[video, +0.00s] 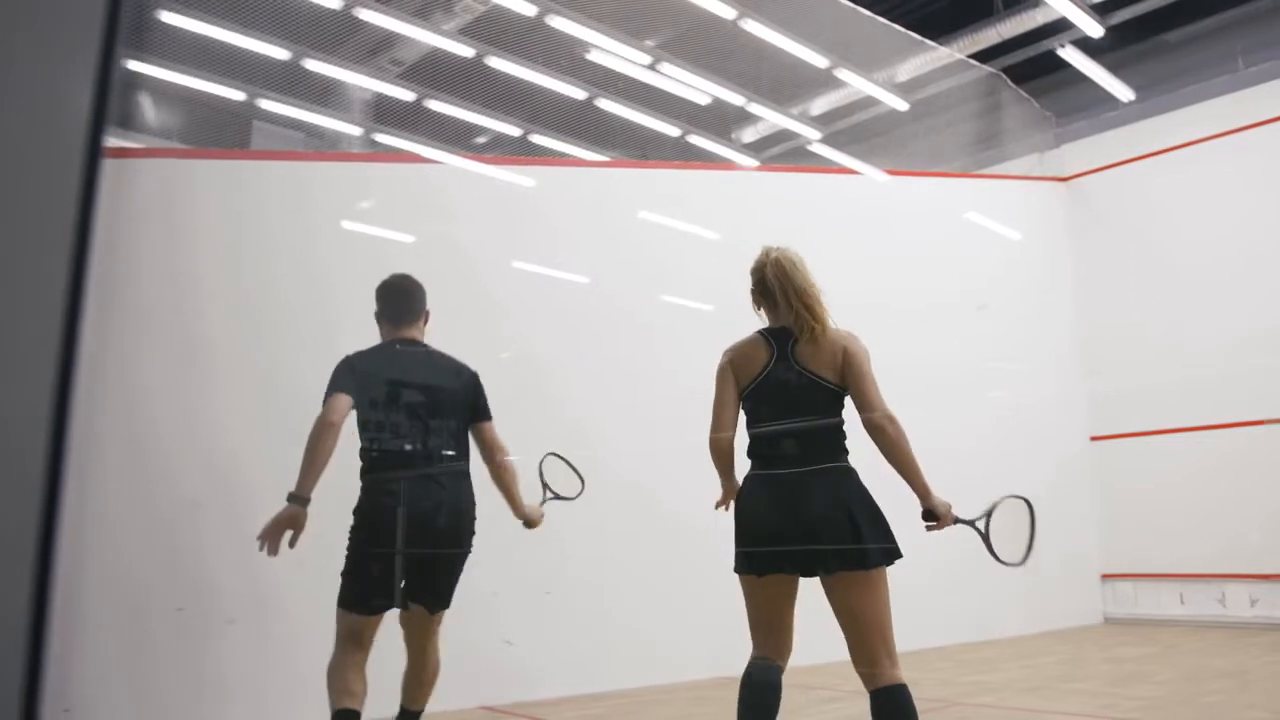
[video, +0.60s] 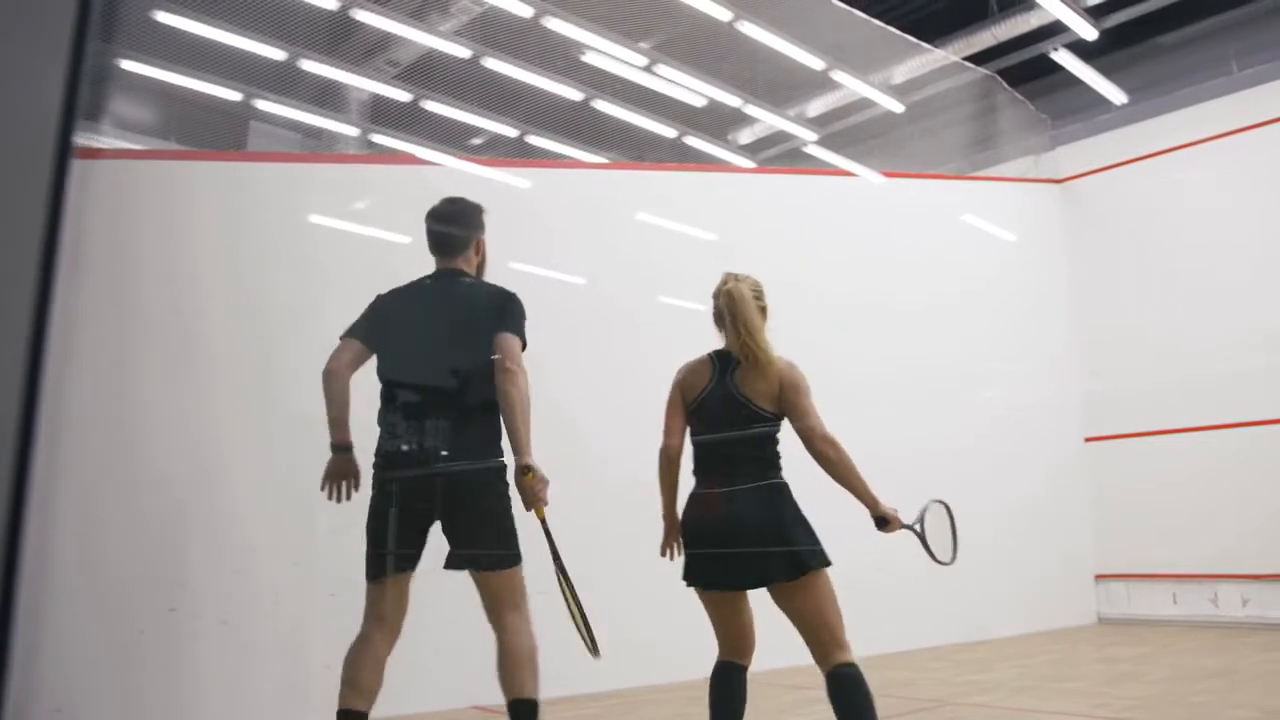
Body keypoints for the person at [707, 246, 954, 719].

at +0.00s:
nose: (759, 300)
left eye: (757, 294)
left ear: (759, 297)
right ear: (809, 289)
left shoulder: (738, 357)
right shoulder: (843, 346)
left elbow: (720, 438)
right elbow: (878, 420)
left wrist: (729, 484)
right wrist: (927, 495)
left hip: (765, 512)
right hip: (838, 506)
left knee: (767, 654)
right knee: (880, 668)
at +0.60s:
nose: (763, 316)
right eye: (763, 308)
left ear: (716, 317)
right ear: (763, 313)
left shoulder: (689, 376)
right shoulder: (781, 373)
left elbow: (670, 450)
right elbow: (819, 442)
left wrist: (669, 517)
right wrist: (874, 504)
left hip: (708, 526)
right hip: (772, 520)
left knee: (733, 649)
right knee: (833, 650)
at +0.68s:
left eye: (708, 308)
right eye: (751, 307)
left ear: (705, 315)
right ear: (753, 312)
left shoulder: (678, 373)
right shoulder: (771, 371)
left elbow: (657, 448)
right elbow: (810, 439)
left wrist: (656, 512)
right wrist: (866, 498)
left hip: (697, 523)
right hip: (760, 516)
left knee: (725, 648)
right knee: (815, 644)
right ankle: (844, 717)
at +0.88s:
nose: (728, 305)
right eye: (728, 297)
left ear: (678, 299)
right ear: (725, 300)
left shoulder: (652, 356)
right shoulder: (749, 356)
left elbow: (633, 434)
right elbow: (800, 425)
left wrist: (624, 492)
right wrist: (844, 480)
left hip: (671, 503)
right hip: (736, 497)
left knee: (692, 640)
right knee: (759, 632)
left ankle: (698, 719)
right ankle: (786, 715)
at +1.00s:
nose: (712, 299)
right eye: (711, 292)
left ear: (662, 299)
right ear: (709, 298)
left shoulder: (641, 350)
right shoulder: (738, 356)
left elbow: (623, 426)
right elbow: (792, 422)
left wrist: (605, 484)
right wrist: (831, 475)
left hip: (657, 495)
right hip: (722, 492)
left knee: (667, 632)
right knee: (733, 630)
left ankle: (671, 717)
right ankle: (755, 716)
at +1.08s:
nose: (651, 310)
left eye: (652, 302)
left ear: (651, 305)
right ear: (698, 306)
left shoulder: (633, 354)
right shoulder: (726, 361)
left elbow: (616, 428)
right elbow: (782, 426)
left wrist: (590, 490)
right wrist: (821, 480)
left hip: (648, 497)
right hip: (713, 495)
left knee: (645, 633)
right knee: (721, 631)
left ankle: (647, 717)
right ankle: (746, 716)